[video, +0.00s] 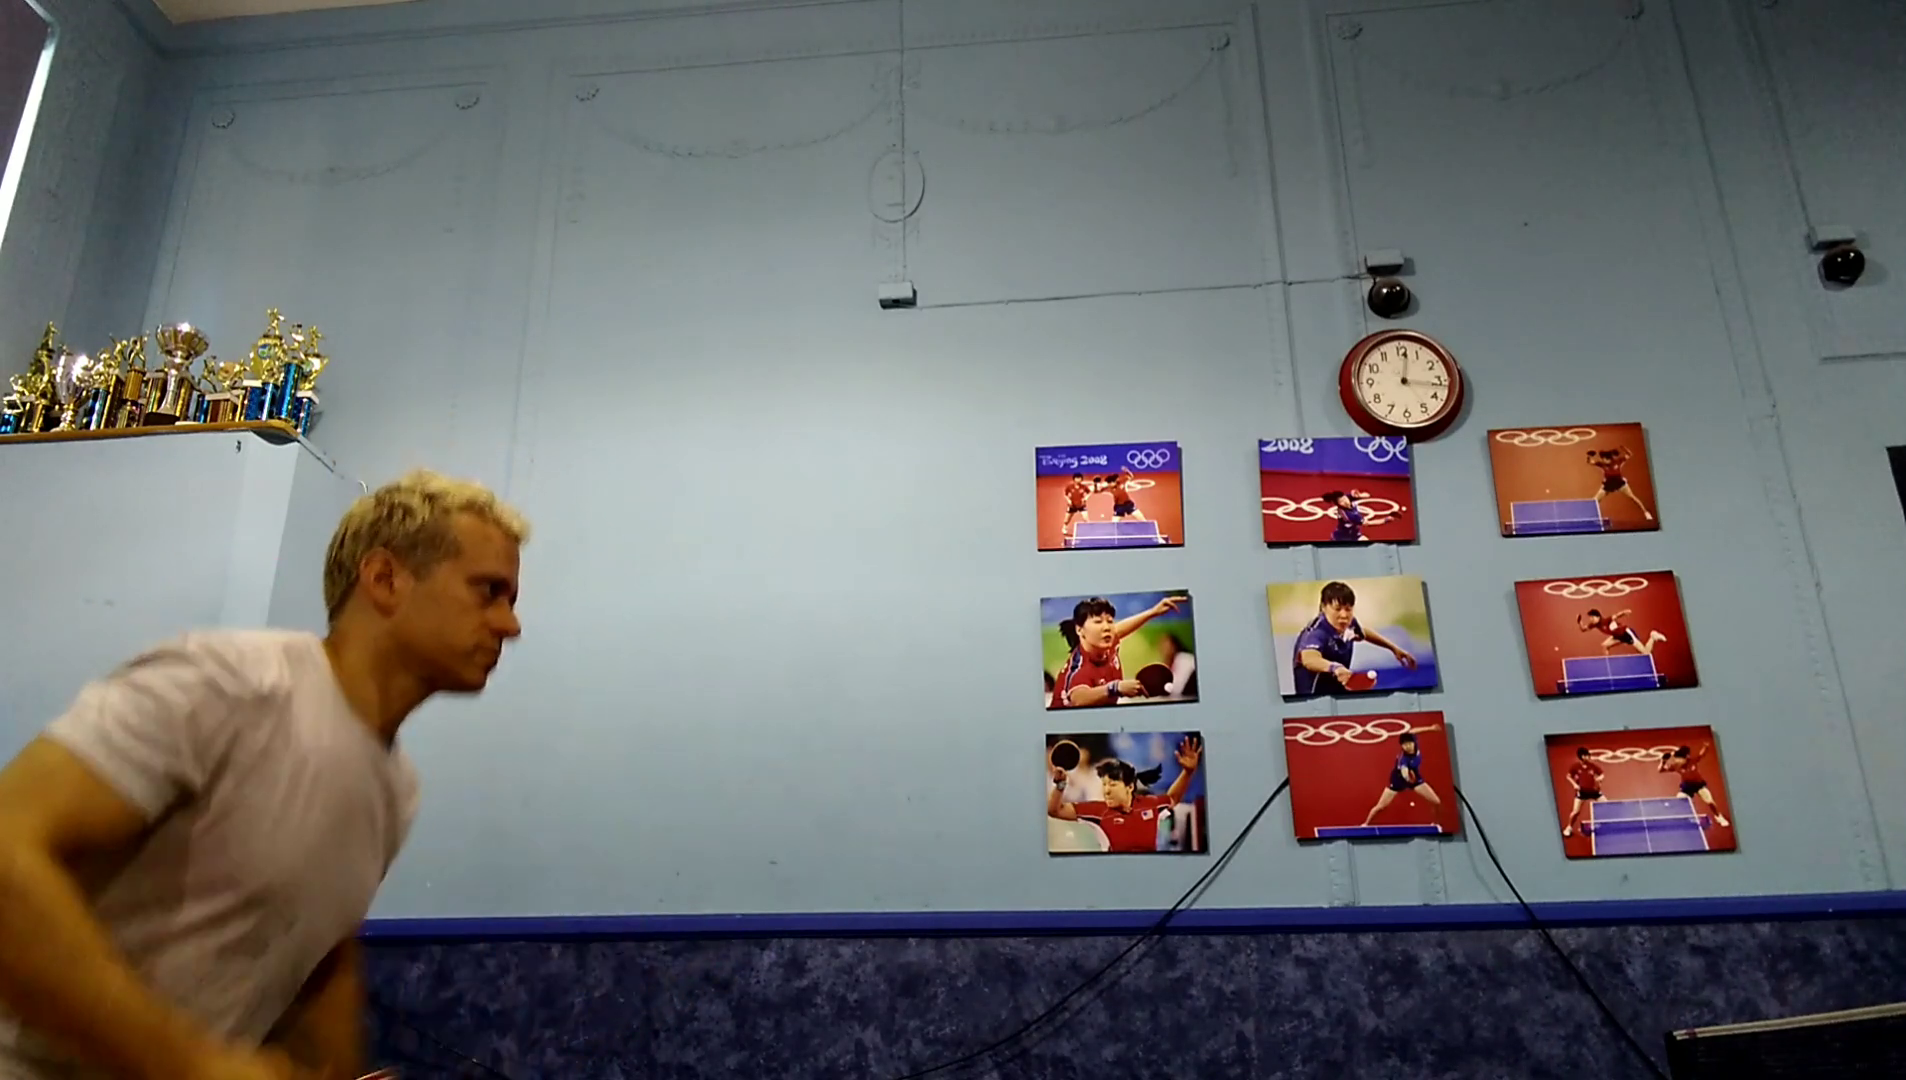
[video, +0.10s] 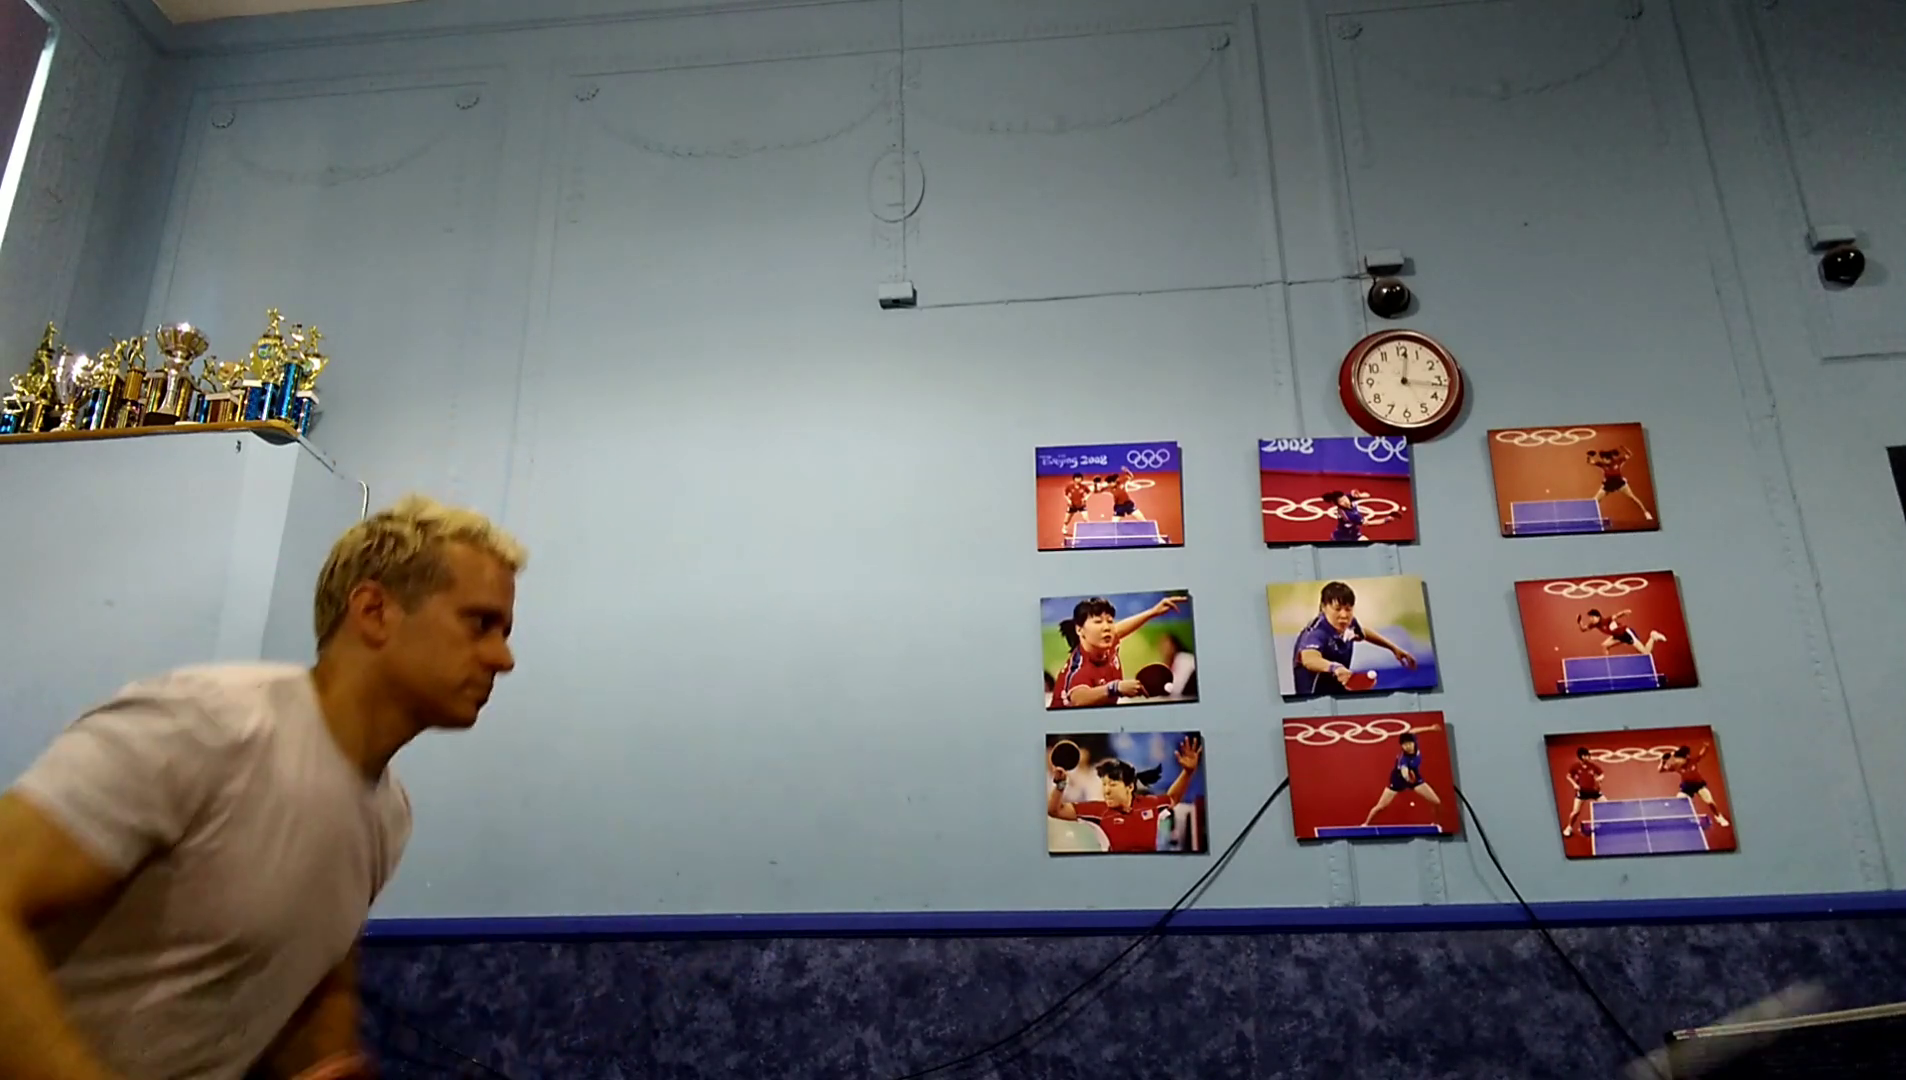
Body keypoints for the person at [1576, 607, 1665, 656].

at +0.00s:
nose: (1590, 620)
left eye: (1591, 618)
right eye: (1590, 618)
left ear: (1597, 617)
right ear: (1593, 618)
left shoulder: (1607, 620)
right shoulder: (1594, 624)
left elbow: (1617, 615)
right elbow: (1584, 630)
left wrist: (1625, 612)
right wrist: (1579, 623)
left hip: (1627, 634)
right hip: (1618, 637)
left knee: (1645, 652)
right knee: (1604, 645)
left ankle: (1653, 636)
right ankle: (1607, 667)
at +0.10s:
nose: (1590, 620)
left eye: (1591, 618)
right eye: (1590, 618)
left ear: (1596, 617)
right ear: (1593, 618)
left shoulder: (1607, 620)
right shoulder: (1594, 624)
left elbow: (1617, 615)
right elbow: (1583, 630)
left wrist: (1626, 612)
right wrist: (1579, 623)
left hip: (1627, 634)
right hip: (1618, 637)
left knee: (1646, 652)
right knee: (1604, 645)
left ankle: (1653, 636)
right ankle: (1608, 667)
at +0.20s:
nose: (1590, 620)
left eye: (1591, 618)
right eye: (1590, 619)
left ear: (1597, 617)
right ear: (1593, 618)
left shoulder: (1607, 620)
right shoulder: (1594, 624)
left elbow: (1617, 615)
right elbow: (1583, 630)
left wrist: (1625, 612)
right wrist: (1579, 623)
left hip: (1627, 634)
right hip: (1617, 637)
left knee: (1645, 652)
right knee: (1604, 645)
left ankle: (1653, 636)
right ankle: (1608, 667)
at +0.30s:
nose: (1590, 620)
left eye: (1591, 618)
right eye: (1590, 619)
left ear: (1597, 617)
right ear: (1593, 618)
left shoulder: (1607, 620)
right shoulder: (1594, 624)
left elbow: (1617, 615)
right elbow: (1583, 630)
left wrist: (1625, 612)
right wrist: (1579, 623)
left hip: (1627, 634)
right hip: (1617, 637)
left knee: (1646, 652)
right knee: (1604, 645)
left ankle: (1653, 636)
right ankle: (1608, 667)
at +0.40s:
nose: (1590, 620)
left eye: (1591, 618)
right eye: (1590, 619)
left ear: (1597, 617)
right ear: (1593, 618)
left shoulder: (1607, 620)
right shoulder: (1594, 624)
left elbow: (1617, 615)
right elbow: (1583, 630)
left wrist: (1625, 612)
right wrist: (1579, 623)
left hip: (1627, 634)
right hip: (1617, 637)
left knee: (1645, 652)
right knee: (1604, 645)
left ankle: (1653, 636)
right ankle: (1608, 667)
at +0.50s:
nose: (1590, 620)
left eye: (1591, 618)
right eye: (1590, 618)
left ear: (1597, 617)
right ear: (1593, 618)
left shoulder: (1607, 620)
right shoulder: (1594, 624)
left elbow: (1617, 615)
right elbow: (1583, 630)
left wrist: (1625, 612)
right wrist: (1579, 623)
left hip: (1627, 634)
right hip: (1617, 637)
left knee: (1645, 652)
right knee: (1604, 645)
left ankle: (1653, 636)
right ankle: (1607, 667)